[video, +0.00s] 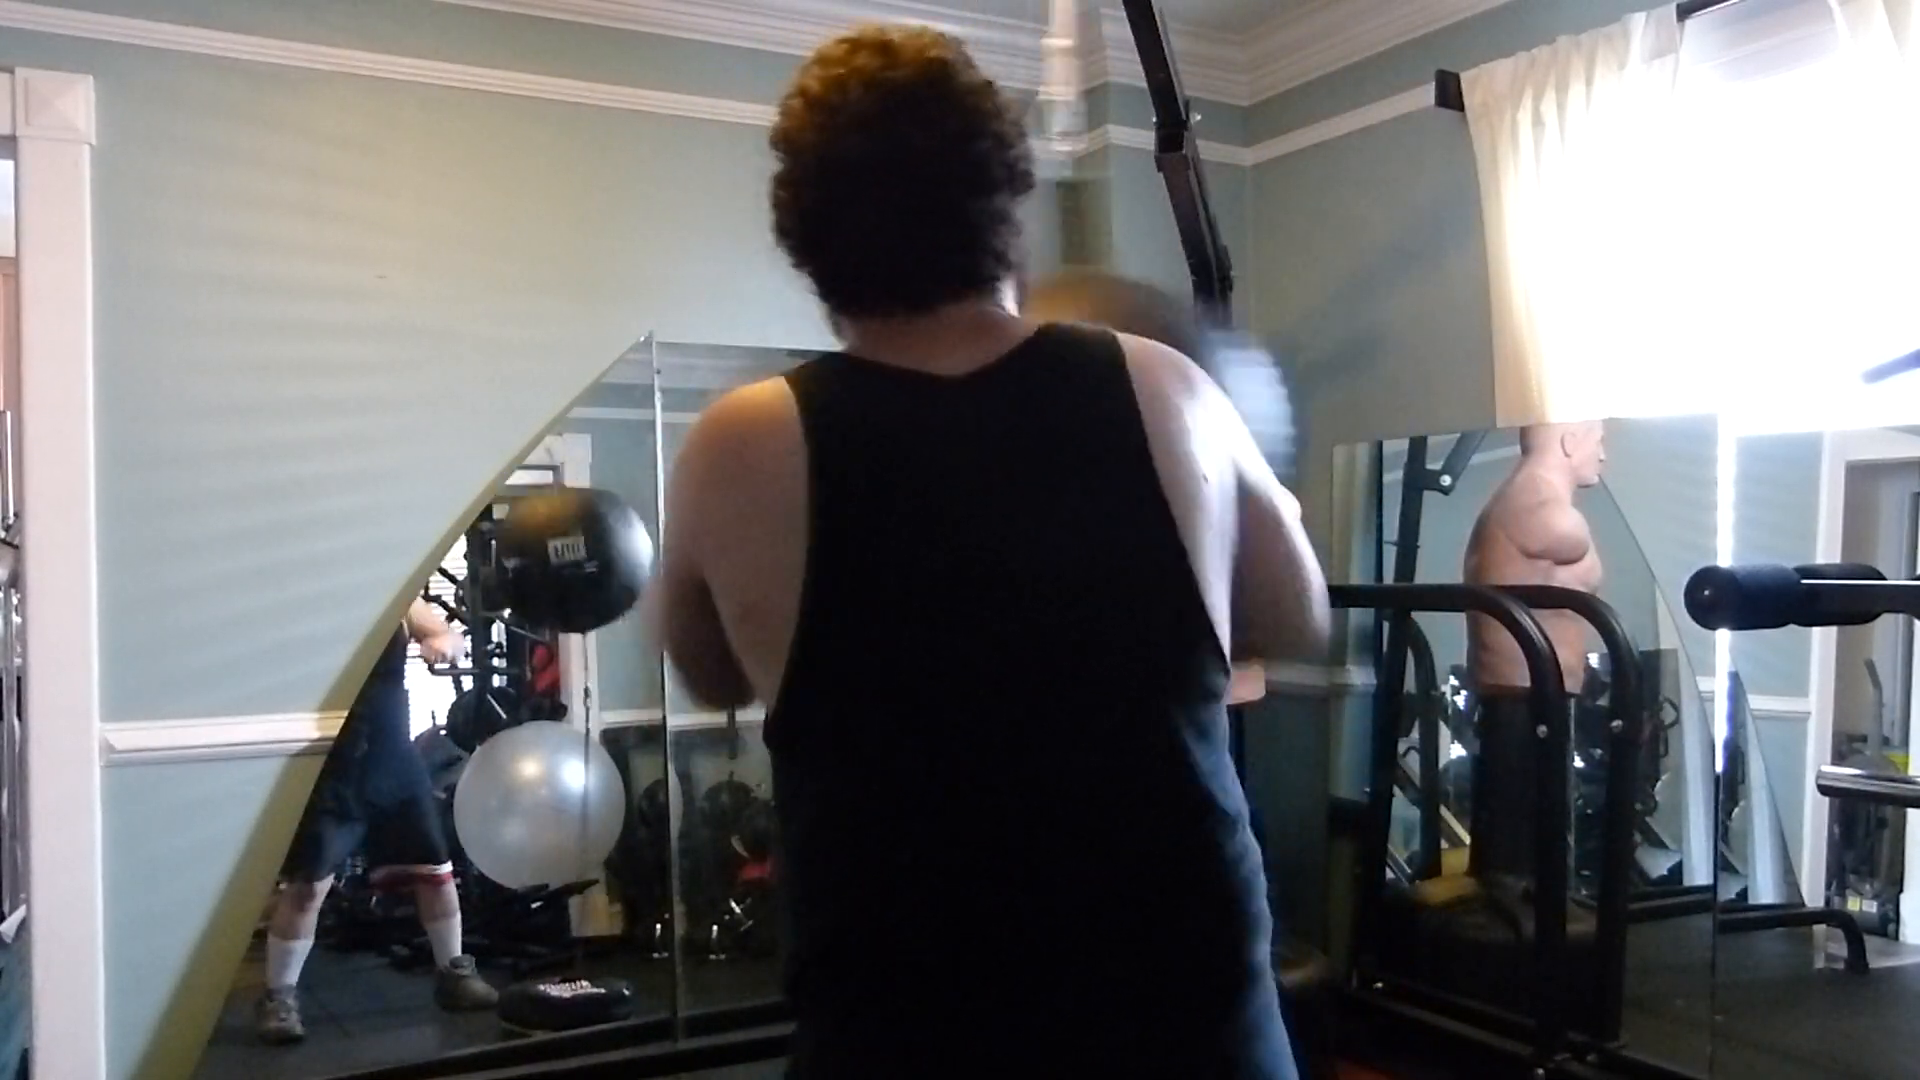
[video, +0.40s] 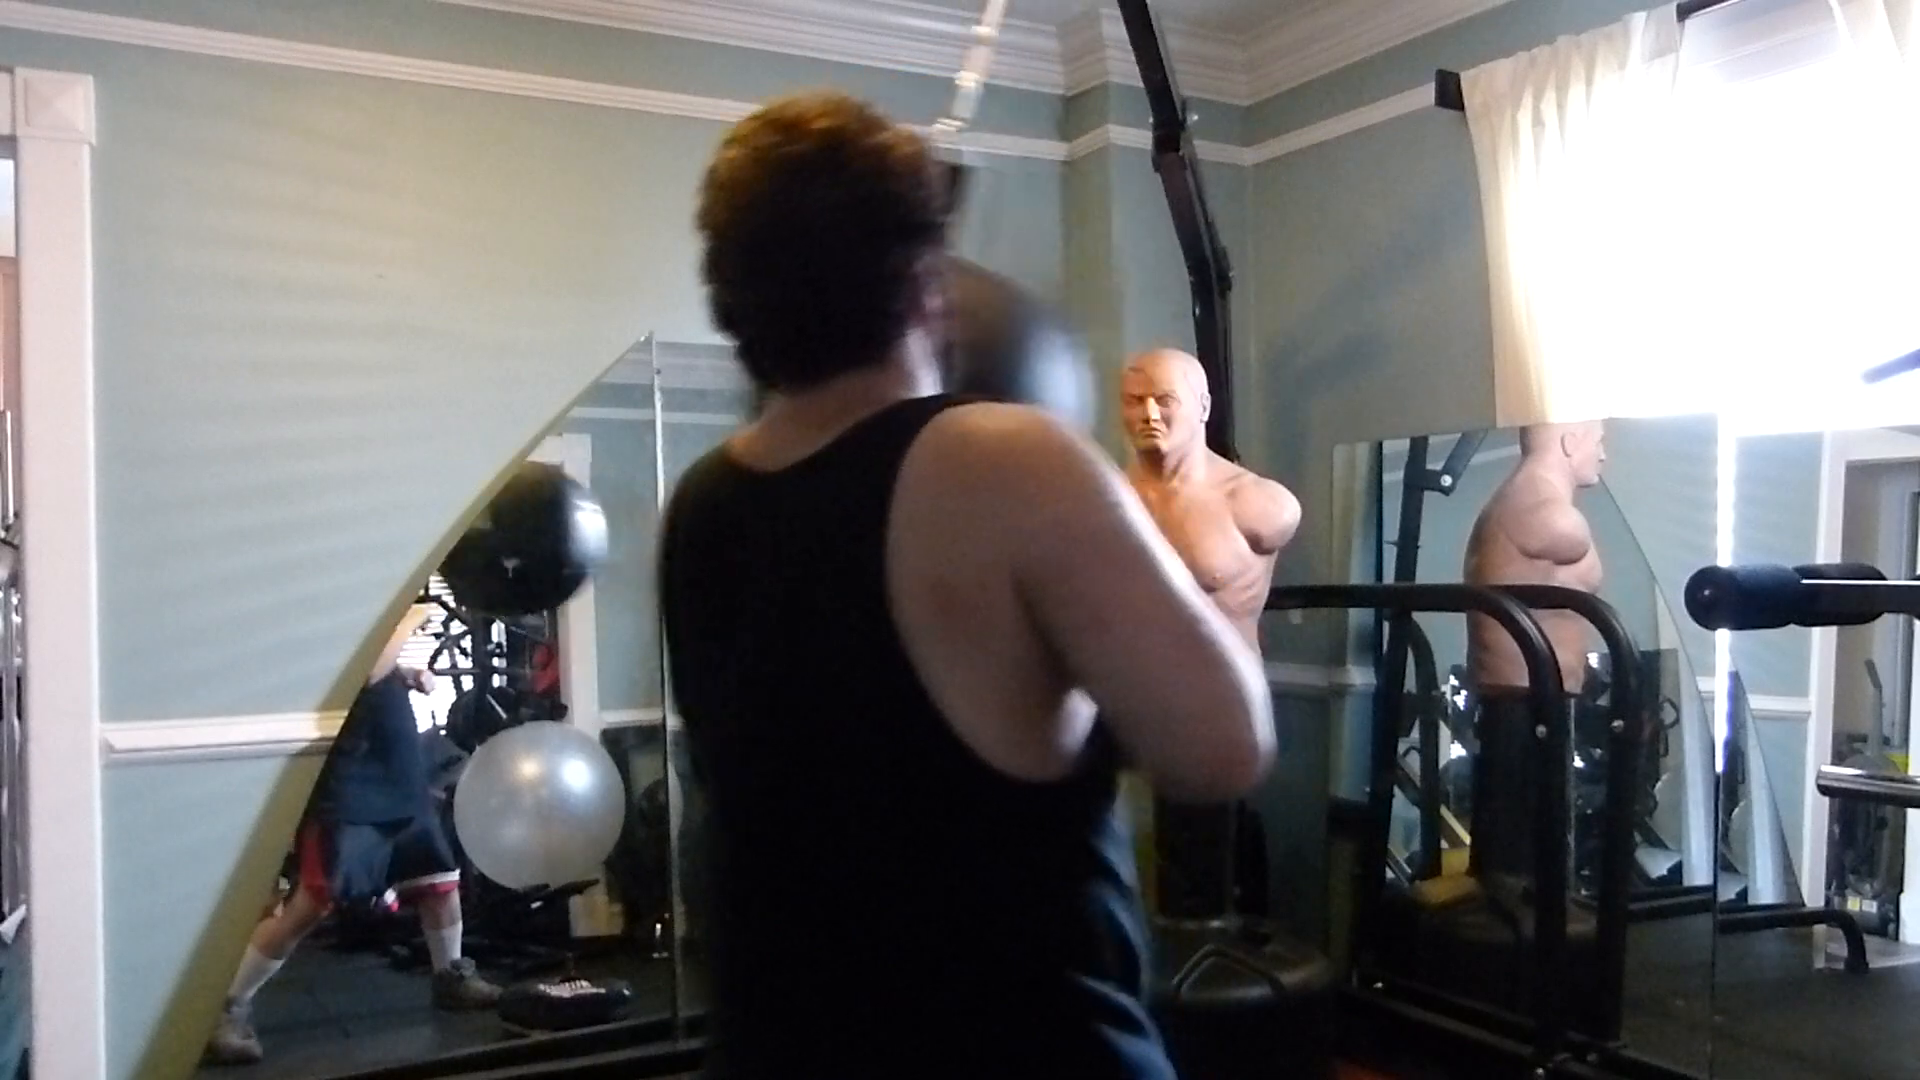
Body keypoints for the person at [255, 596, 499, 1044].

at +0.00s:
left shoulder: (387, 582)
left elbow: (430, 623)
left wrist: (435, 637)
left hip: (393, 752)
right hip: (325, 759)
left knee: (434, 868)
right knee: (307, 882)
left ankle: (454, 973)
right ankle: (280, 997)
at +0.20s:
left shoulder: (390, 608)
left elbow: (380, 668)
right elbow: (436, 609)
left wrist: (424, 673)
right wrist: (515, 591)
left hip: (402, 771)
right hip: (343, 777)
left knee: (440, 873)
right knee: (324, 892)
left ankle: (452, 976)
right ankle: (257, 994)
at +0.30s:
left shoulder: (384, 598)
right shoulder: (351, 598)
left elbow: (379, 679)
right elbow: (405, 638)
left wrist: (420, 672)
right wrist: (471, 608)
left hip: (405, 772)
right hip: (353, 774)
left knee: (441, 872)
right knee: (324, 892)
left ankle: (451, 975)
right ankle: (236, 999)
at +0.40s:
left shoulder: (392, 599)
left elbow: (372, 674)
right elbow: (366, 670)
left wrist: (402, 675)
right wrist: (410, 616)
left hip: (402, 775)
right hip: (343, 779)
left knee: (438, 881)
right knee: (313, 900)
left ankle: (451, 976)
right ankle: (234, 1006)